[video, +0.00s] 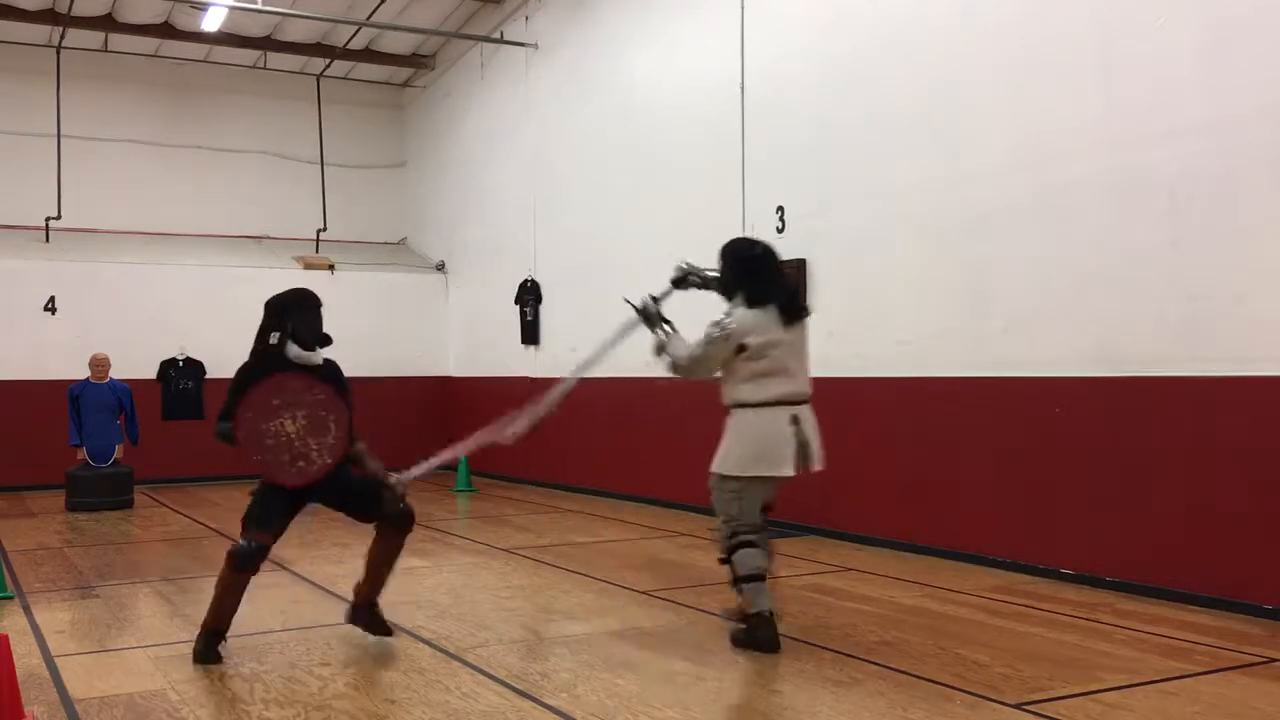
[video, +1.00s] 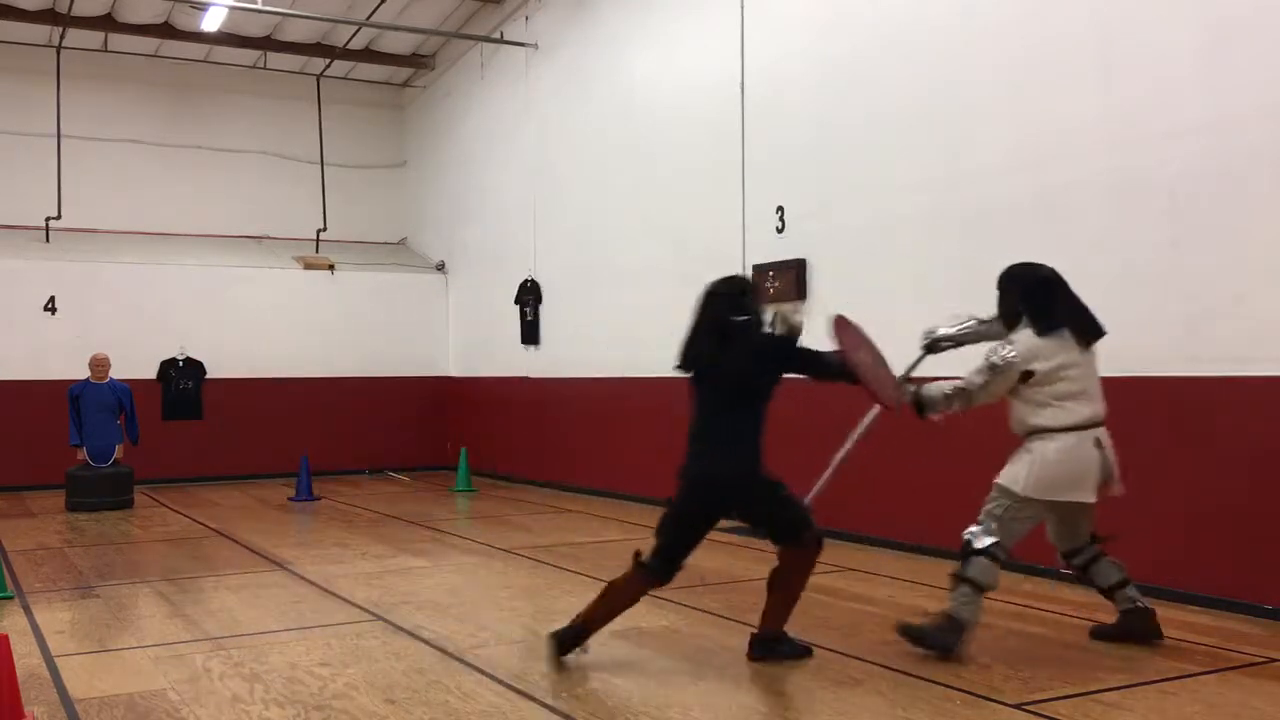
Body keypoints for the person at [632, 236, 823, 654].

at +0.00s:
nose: (722, 279)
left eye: (725, 273)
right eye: (720, 272)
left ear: (736, 278)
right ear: (772, 271)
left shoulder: (737, 325)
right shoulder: (792, 313)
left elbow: (692, 361)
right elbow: (753, 293)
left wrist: (660, 327)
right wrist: (708, 281)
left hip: (753, 433)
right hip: (794, 430)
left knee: (738, 524)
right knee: (749, 514)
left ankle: (760, 621)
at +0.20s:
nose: (780, 277)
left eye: (785, 269)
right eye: (782, 269)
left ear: (799, 273)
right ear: (829, 269)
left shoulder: (804, 324)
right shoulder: (847, 312)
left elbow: (769, 380)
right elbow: (793, 313)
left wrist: (721, 363)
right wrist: (752, 317)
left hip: (810, 433)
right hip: (851, 427)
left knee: (776, 526)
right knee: (854, 526)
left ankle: (765, 625)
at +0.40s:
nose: (847, 288)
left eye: (853, 280)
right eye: (849, 279)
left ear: (868, 286)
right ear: (898, 284)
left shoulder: (870, 336)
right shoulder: (917, 328)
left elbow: (836, 387)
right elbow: (864, 338)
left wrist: (788, 390)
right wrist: (818, 335)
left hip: (886, 447)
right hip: (928, 444)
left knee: (838, 535)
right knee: (940, 546)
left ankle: (786, 619)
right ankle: (999, 621)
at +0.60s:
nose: (892, 279)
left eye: (896, 271)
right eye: (894, 271)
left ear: (912, 275)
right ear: (941, 273)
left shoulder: (910, 323)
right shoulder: (966, 313)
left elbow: (871, 373)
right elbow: (922, 323)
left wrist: (827, 374)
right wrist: (875, 315)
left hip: (938, 433)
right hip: (982, 432)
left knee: (876, 514)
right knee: (941, 527)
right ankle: (993, 611)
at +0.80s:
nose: (943, 292)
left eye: (949, 284)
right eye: (945, 283)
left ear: (964, 289)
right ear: (993, 286)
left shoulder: (957, 336)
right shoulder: (1016, 326)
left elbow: (905, 376)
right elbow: (948, 316)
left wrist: (860, 377)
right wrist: (895, 319)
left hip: (978, 445)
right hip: (1022, 443)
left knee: (912, 527)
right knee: (993, 527)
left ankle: (905, 632)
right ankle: (1064, 582)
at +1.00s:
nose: (999, 305)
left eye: (1004, 298)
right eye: (1000, 297)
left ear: (1020, 303)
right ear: (1052, 297)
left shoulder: (1019, 349)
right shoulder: (1075, 333)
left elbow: (971, 390)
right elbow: (1008, 323)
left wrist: (920, 397)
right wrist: (955, 336)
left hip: (1047, 455)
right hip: (1089, 450)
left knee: (987, 536)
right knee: (1076, 545)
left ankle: (954, 624)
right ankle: (1135, 611)